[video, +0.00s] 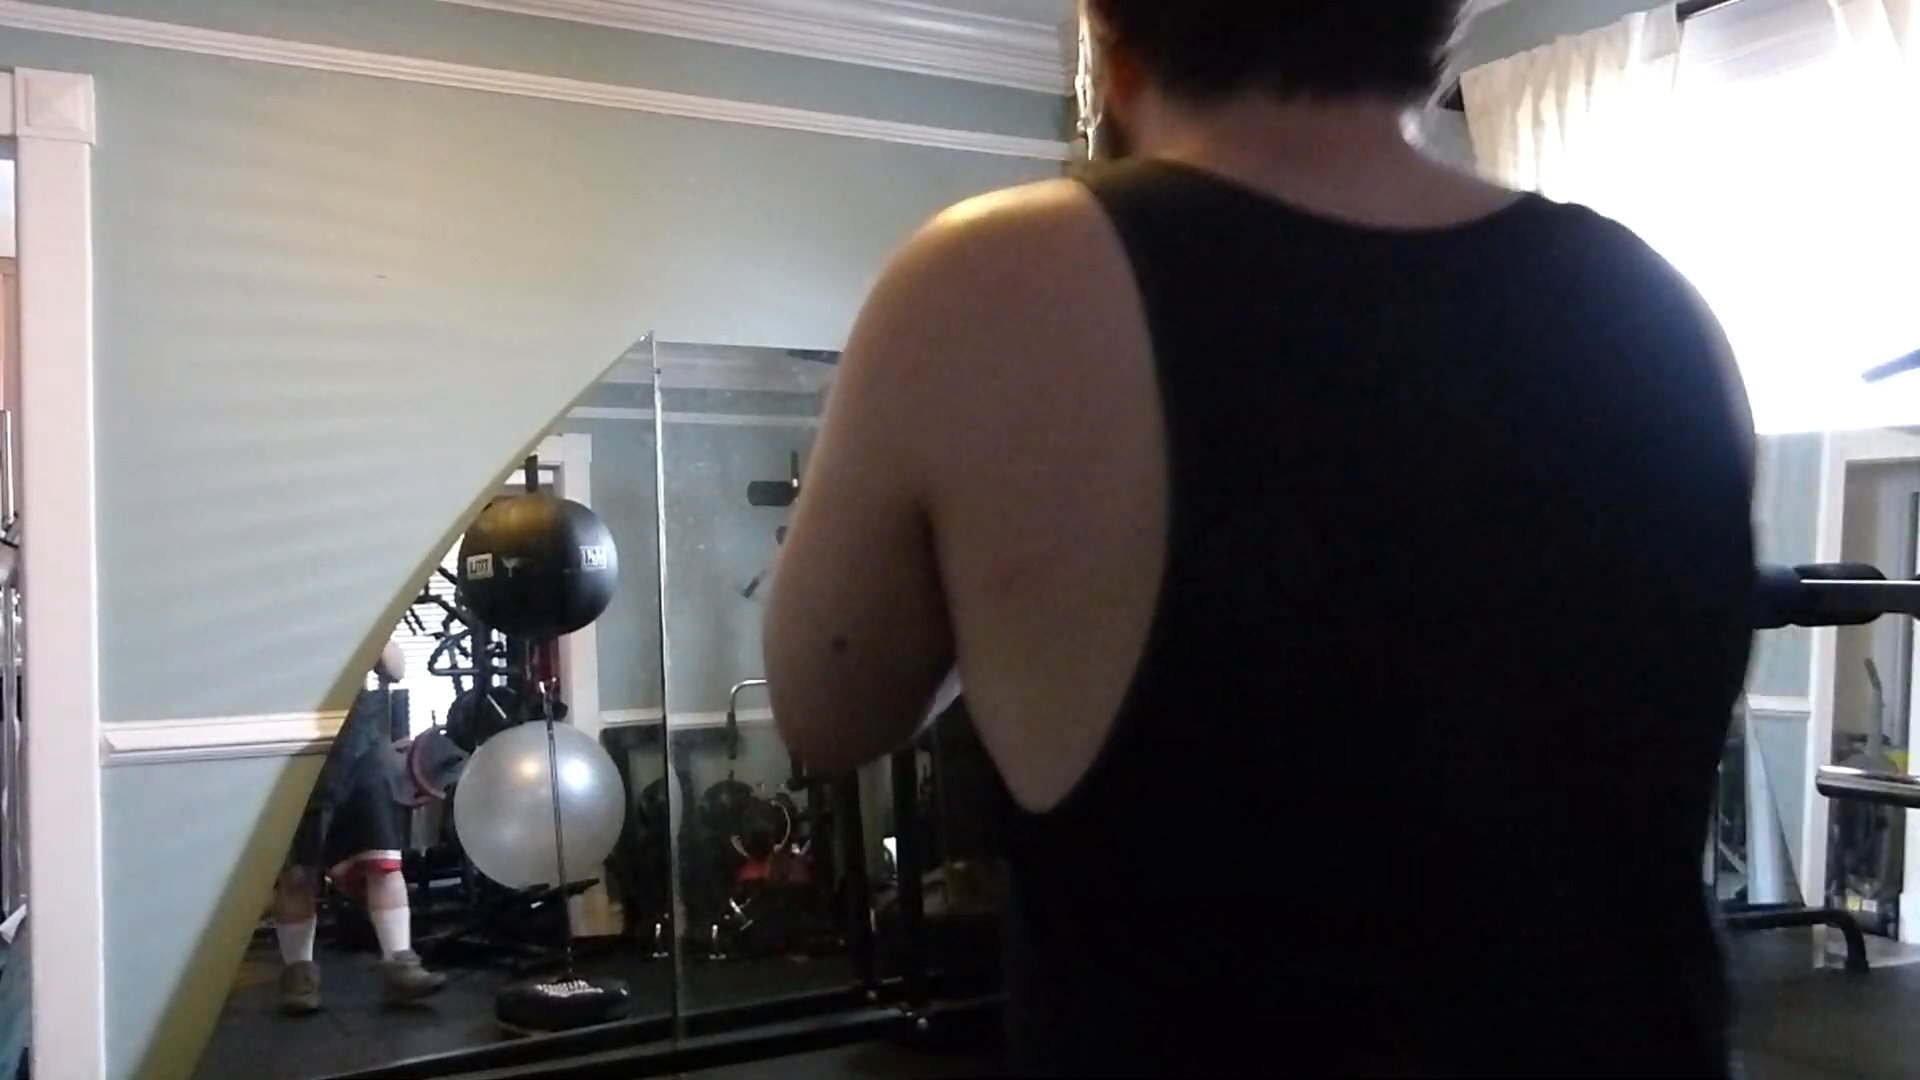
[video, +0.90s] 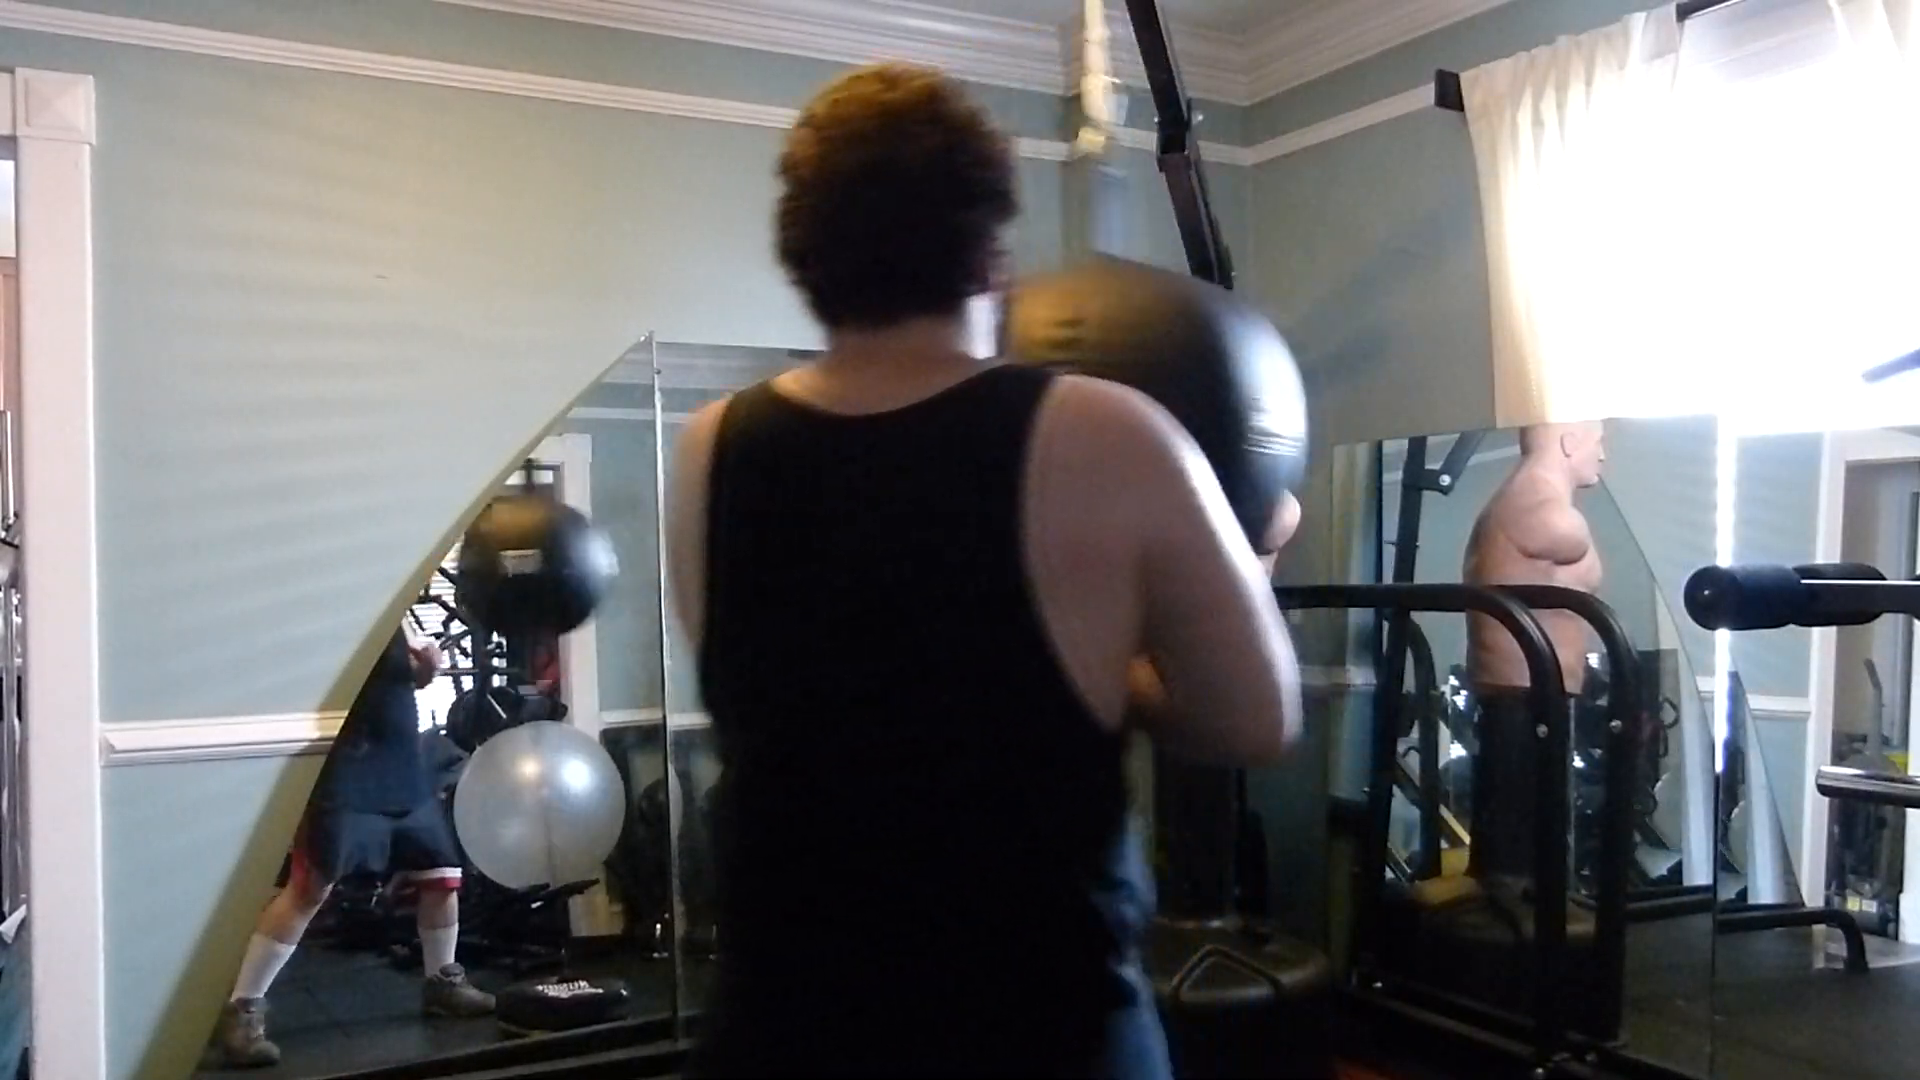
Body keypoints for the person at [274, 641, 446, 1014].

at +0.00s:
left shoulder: (357, 611)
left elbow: (395, 668)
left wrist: (362, 621)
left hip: (365, 752)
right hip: (303, 759)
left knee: (384, 861)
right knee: (298, 870)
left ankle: (401, 963)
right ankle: (300, 972)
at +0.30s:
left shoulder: (399, 618)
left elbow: (463, 651)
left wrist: (432, 607)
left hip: (392, 764)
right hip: (323, 769)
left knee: (420, 866)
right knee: (313, 875)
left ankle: (441, 976)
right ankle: (303, 975)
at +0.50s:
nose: (414, 579)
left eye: (419, 568)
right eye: (402, 568)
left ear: (428, 568)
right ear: (382, 569)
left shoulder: (443, 606)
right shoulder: (353, 601)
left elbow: (484, 654)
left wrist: (482, 654)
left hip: (415, 751)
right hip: (347, 752)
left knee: (437, 870)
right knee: (334, 869)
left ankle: (446, 979)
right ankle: (305, 954)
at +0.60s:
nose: (422, 557)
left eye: (427, 548)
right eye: (412, 550)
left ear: (431, 551)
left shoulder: (441, 600)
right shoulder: (358, 597)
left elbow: (467, 667)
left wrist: (462, 690)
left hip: (420, 754)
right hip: (353, 753)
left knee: (440, 868)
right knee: (336, 868)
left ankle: (445, 979)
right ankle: (301, 978)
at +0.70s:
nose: (439, 566)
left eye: (444, 558)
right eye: (432, 556)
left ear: (437, 566)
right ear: (397, 560)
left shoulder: (436, 611)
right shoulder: (361, 605)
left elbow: (455, 682)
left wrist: (459, 682)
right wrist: (464, 540)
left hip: (423, 764)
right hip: (356, 768)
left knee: (444, 873)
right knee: (328, 876)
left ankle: (444, 979)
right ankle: (284, 993)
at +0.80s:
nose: (427, 587)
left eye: (431, 579)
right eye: (424, 577)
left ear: (420, 576)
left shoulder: (415, 625)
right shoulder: (350, 612)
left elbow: (441, 671)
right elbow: (405, 598)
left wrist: (454, 678)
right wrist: (457, 559)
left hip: (417, 764)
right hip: (350, 764)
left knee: (446, 874)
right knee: (321, 878)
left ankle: (444, 982)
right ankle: (260, 998)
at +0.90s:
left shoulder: (387, 604)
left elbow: (393, 667)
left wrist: (419, 668)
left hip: (403, 761)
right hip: (340, 763)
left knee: (441, 875)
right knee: (311, 885)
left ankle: (443, 981)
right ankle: (243, 1009)